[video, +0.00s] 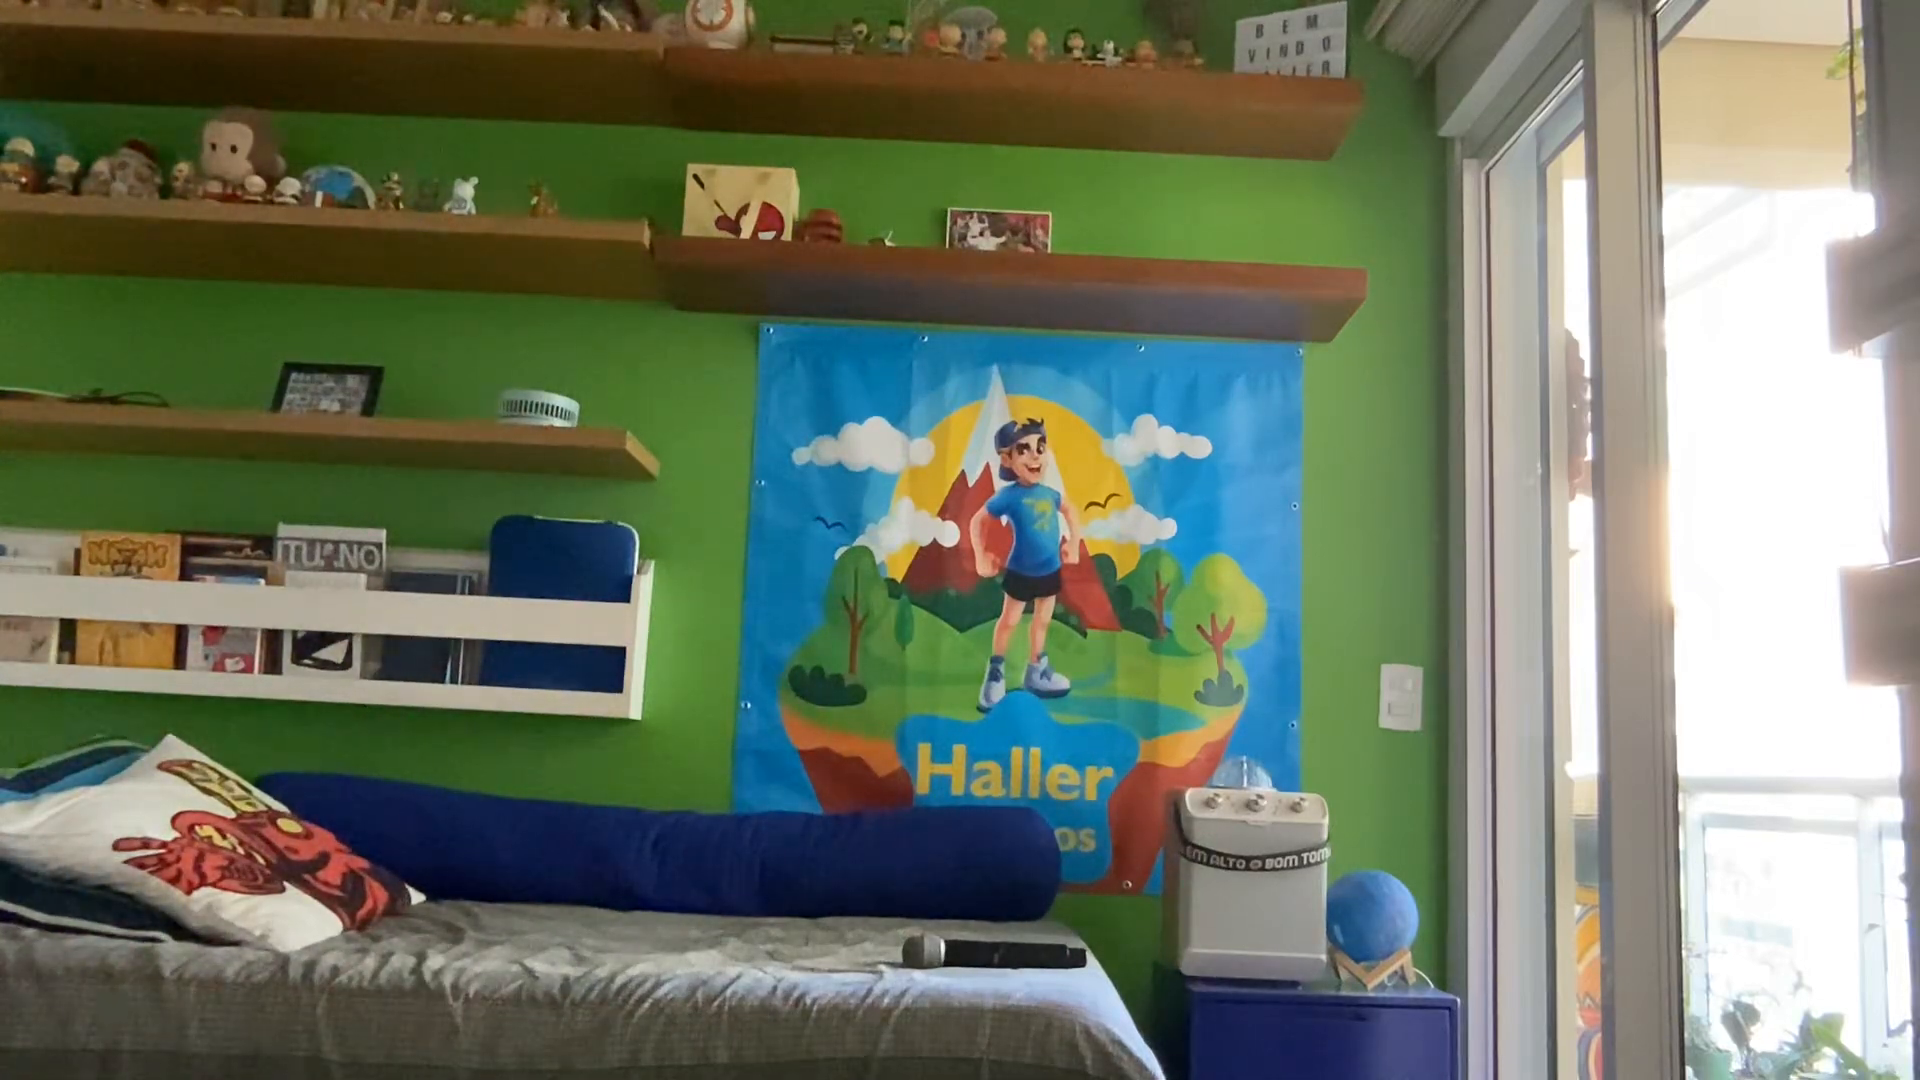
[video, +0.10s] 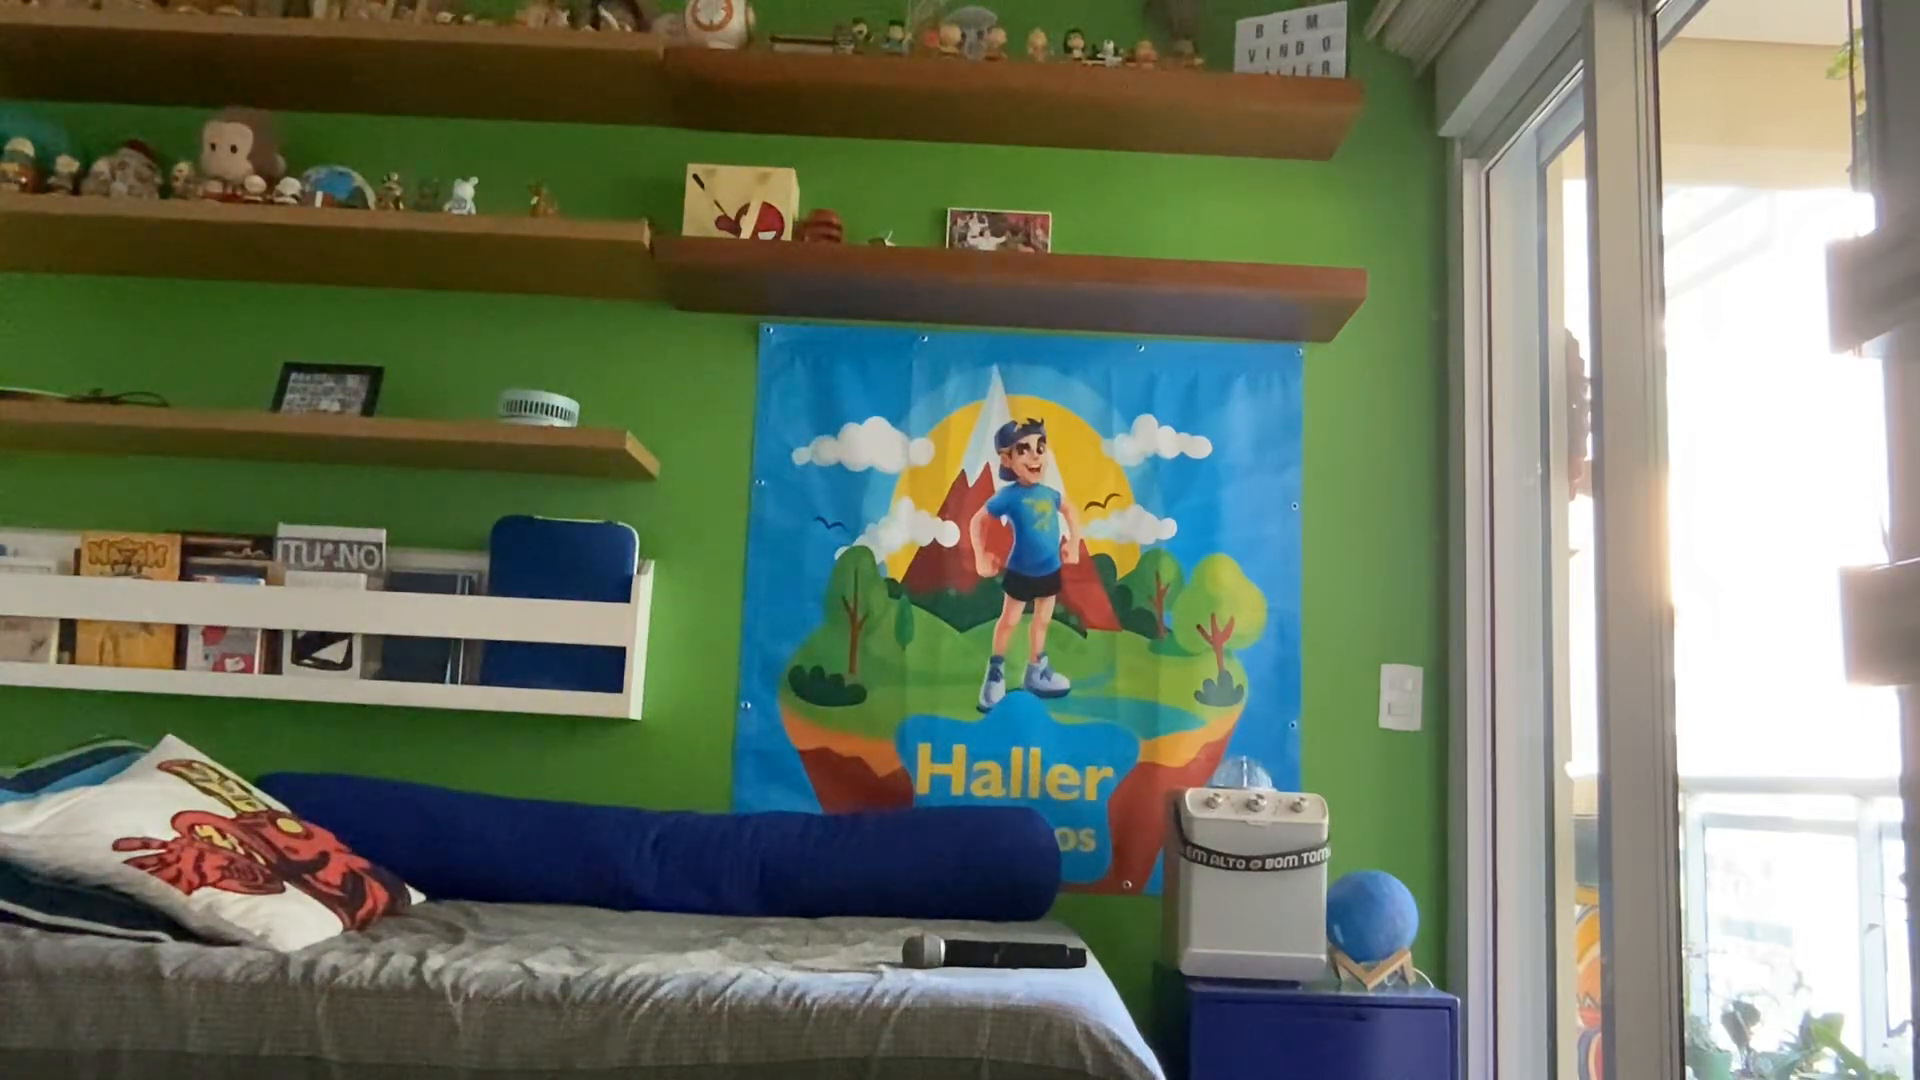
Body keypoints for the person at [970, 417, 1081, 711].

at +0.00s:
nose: (1034, 457)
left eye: (1039, 449)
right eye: (1024, 450)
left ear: (1046, 455)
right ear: (1007, 459)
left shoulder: (1050, 494)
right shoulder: (1007, 496)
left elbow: (1070, 513)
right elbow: (977, 521)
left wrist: (1074, 542)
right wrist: (980, 555)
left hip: (1049, 571)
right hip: (1020, 572)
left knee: (1043, 619)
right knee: (1009, 620)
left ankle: (1036, 670)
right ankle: (996, 671)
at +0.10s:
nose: (1034, 457)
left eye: (1039, 449)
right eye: (1024, 450)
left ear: (1046, 455)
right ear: (1007, 459)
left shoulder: (1050, 494)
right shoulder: (1007, 496)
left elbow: (1070, 513)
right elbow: (977, 521)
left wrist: (1074, 542)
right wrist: (980, 555)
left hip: (1049, 571)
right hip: (1020, 572)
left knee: (1043, 619)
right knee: (1009, 620)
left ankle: (1036, 670)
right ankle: (996, 671)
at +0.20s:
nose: (1034, 458)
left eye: (1039, 450)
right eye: (1024, 450)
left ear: (1046, 455)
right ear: (1007, 459)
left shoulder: (1050, 494)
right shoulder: (1007, 496)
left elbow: (1071, 513)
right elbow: (976, 520)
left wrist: (1074, 543)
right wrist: (980, 556)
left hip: (1049, 570)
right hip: (1020, 572)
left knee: (1043, 619)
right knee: (1010, 619)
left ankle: (1036, 670)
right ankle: (996, 671)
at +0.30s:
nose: (1034, 458)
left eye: (1039, 450)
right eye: (1024, 450)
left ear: (1046, 455)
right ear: (1007, 459)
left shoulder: (1050, 494)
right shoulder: (1008, 496)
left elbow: (1071, 513)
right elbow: (977, 520)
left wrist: (1074, 543)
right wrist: (980, 556)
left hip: (1049, 570)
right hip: (1020, 572)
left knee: (1043, 619)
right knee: (1010, 619)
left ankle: (1037, 670)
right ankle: (995, 671)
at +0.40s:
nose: (1034, 458)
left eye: (1039, 450)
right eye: (1024, 450)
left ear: (1046, 455)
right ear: (1007, 459)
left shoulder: (1050, 494)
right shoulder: (1008, 496)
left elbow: (1071, 513)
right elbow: (977, 520)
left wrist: (1074, 543)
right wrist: (980, 556)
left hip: (1049, 570)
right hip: (1020, 572)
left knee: (1043, 619)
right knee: (1010, 619)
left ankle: (1037, 670)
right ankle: (995, 671)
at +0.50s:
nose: (1034, 458)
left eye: (1039, 449)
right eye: (1024, 450)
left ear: (1047, 454)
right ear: (1008, 459)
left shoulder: (1050, 494)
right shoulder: (1008, 496)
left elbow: (1070, 513)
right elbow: (977, 520)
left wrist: (1074, 542)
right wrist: (980, 555)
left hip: (1049, 571)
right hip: (1020, 572)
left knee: (1043, 619)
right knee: (1010, 619)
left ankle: (1036, 670)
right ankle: (996, 672)